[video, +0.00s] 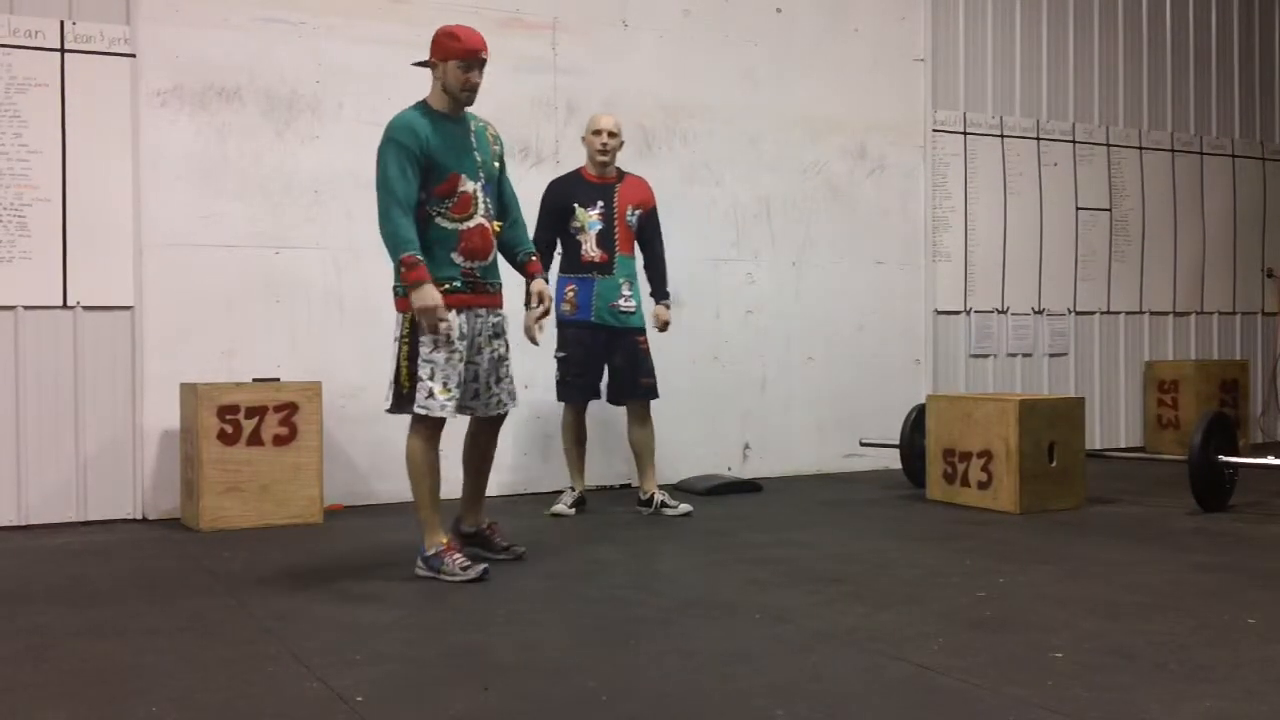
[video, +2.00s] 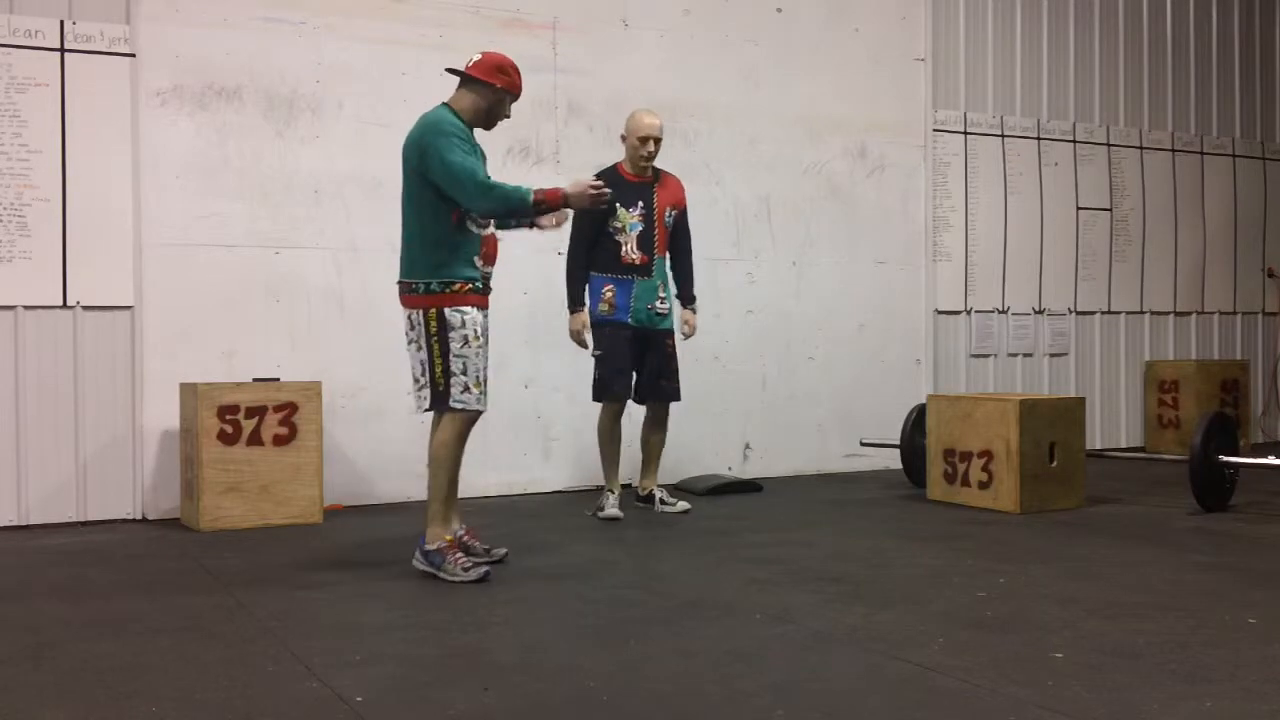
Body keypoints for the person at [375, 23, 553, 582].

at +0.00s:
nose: (472, 75)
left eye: (479, 65)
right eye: (462, 65)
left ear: (484, 70)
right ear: (435, 67)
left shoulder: (486, 136)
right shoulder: (406, 131)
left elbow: (507, 214)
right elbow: (395, 214)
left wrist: (534, 274)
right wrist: (418, 282)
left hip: (486, 300)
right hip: (436, 299)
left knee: (489, 411)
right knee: (429, 417)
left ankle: (471, 524)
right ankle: (434, 545)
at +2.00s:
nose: (506, 117)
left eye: (509, 107)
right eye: (507, 105)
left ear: (476, 88)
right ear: (490, 92)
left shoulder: (458, 137)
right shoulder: (437, 132)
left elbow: (479, 210)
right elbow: (482, 197)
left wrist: (539, 213)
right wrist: (563, 196)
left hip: (460, 291)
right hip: (442, 293)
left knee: (463, 408)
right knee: (457, 409)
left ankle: (447, 527)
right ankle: (435, 540)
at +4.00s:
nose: (478, 97)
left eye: (488, 92)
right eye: (473, 84)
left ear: (492, 98)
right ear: (450, 78)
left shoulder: (481, 154)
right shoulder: (405, 128)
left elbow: (534, 198)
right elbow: (373, 201)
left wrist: (596, 201)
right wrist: (395, 259)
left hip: (449, 300)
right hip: (403, 294)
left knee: (432, 419)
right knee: (399, 417)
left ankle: (429, 533)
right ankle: (399, 545)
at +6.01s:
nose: (495, 119)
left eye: (498, 110)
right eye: (492, 109)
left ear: (473, 100)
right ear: (465, 95)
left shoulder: (472, 151)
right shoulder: (402, 137)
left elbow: (521, 198)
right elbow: (384, 219)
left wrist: (581, 175)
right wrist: (414, 285)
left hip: (450, 302)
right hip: (406, 300)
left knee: (433, 420)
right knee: (401, 417)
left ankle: (427, 531)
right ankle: (389, 543)